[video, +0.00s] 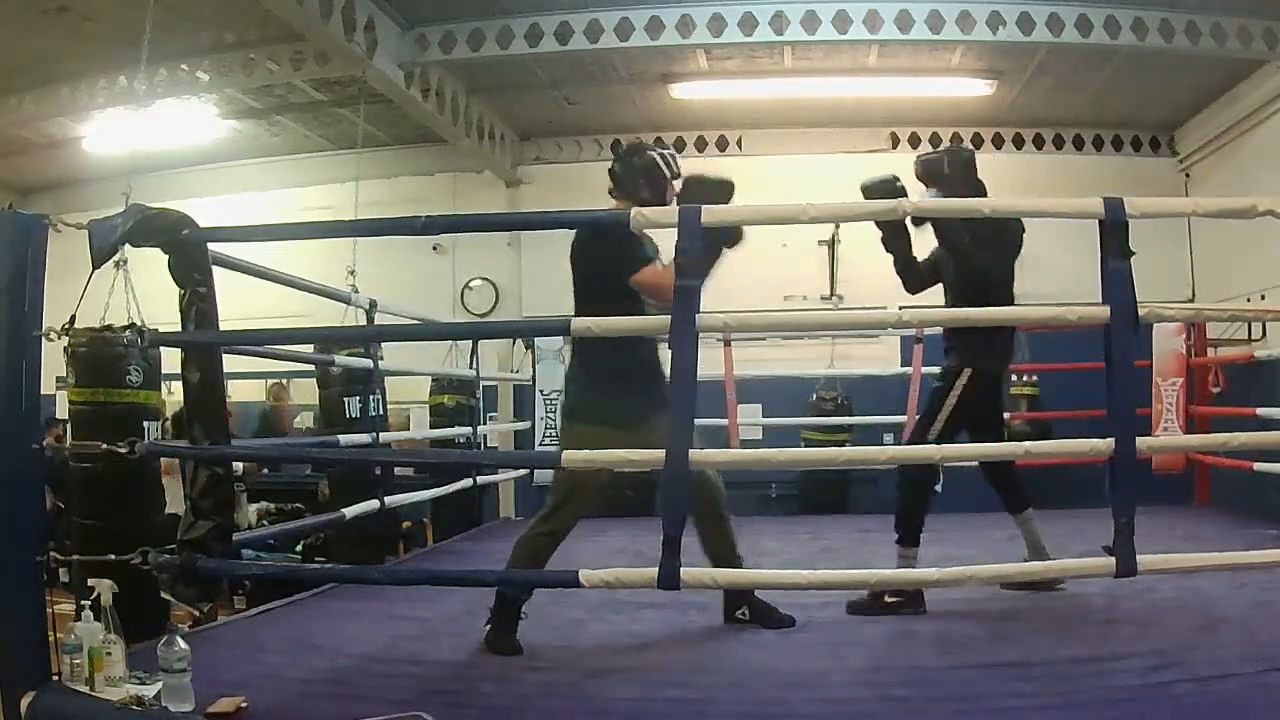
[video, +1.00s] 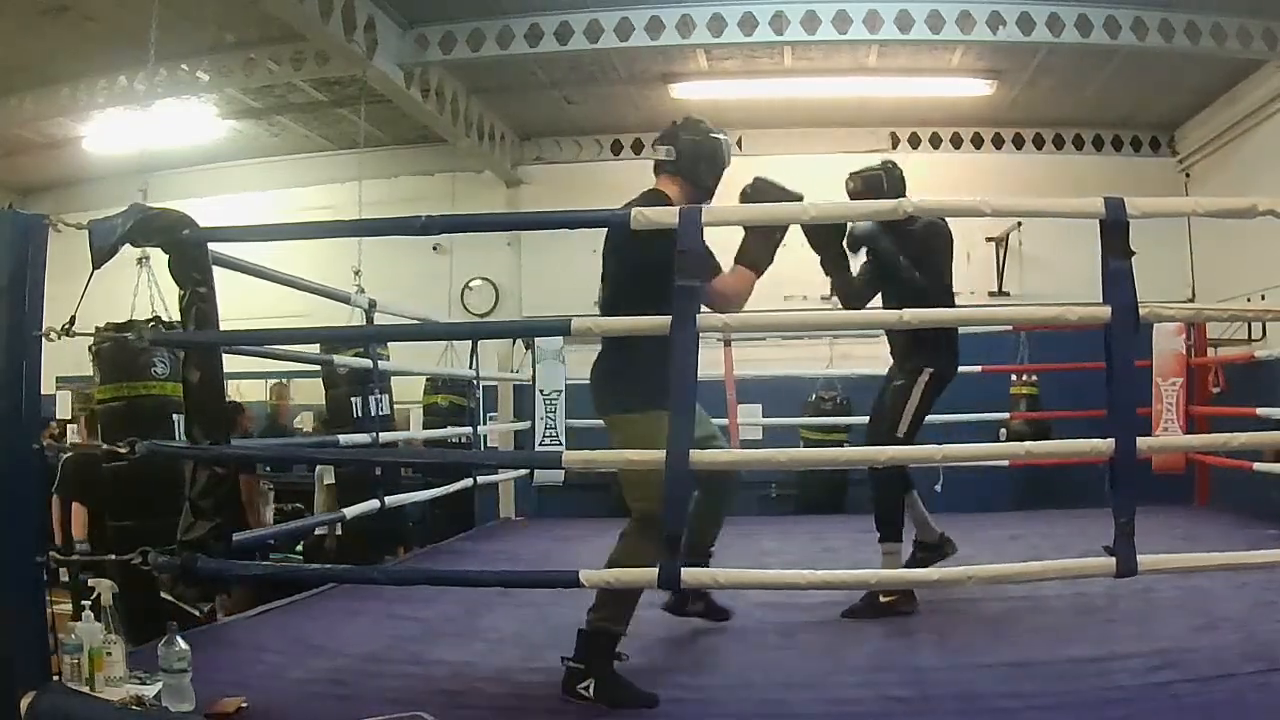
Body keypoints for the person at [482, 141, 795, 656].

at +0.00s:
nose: (672, 198)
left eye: (672, 188)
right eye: (665, 188)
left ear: (627, 188)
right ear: (638, 187)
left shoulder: (630, 236)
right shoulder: (607, 233)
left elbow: (668, 296)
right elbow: (672, 291)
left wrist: (703, 246)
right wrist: (711, 243)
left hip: (640, 406)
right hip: (602, 407)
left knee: (705, 491)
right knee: (561, 514)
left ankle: (739, 597)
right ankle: (503, 616)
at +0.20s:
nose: (643, 174)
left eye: (644, 165)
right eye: (641, 164)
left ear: (599, 156)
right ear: (627, 162)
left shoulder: (608, 205)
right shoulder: (584, 202)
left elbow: (649, 256)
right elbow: (662, 245)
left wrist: (652, 207)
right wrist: (694, 218)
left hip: (605, 371)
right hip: (572, 370)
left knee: (632, 476)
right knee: (579, 483)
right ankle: (501, 586)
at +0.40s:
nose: (630, 201)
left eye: (630, 194)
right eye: (626, 193)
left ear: (577, 189)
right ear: (614, 192)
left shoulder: (584, 237)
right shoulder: (581, 236)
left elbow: (623, 282)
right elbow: (660, 287)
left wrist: (644, 232)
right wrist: (682, 241)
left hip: (583, 393)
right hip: (568, 394)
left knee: (573, 512)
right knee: (566, 519)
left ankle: (529, 595)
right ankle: (489, 644)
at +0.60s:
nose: (648, 177)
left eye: (647, 167)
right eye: (645, 167)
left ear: (598, 162)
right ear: (632, 167)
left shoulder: (592, 210)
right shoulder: (602, 215)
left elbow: (646, 273)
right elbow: (674, 270)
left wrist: (692, 237)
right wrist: (699, 214)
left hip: (610, 381)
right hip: (578, 384)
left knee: (657, 476)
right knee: (553, 512)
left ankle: (609, 582)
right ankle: (485, 642)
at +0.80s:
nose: (688, 185)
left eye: (688, 178)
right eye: (687, 176)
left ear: (637, 167)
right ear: (674, 175)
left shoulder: (638, 216)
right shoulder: (627, 217)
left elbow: (687, 268)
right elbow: (711, 274)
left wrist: (700, 203)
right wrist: (738, 212)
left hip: (634, 384)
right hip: (604, 384)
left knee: (673, 488)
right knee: (643, 499)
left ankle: (649, 607)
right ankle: (564, 634)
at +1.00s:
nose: (719, 185)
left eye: (721, 175)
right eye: (719, 174)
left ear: (665, 163)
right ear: (704, 171)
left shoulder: (639, 215)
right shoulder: (669, 221)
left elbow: (709, 289)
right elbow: (730, 295)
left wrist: (754, 238)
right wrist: (763, 232)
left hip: (641, 390)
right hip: (645, 394)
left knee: (722, 466)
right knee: (655, 521)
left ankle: (687, 582)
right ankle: (591, 662)